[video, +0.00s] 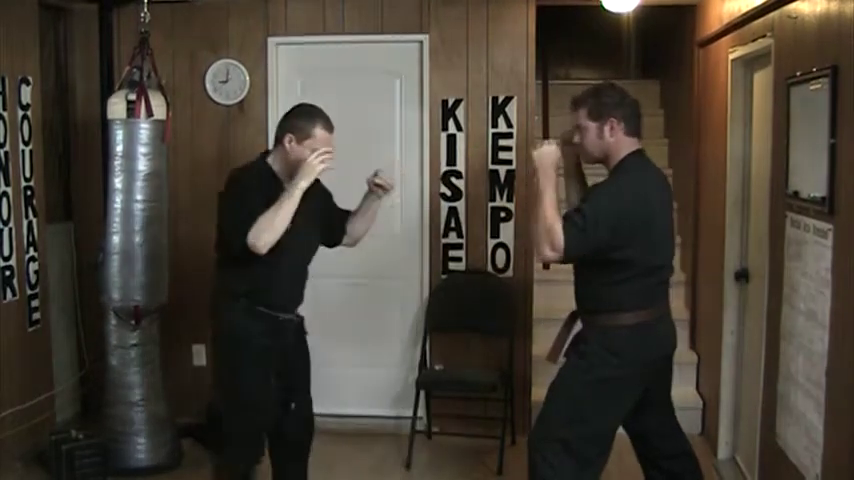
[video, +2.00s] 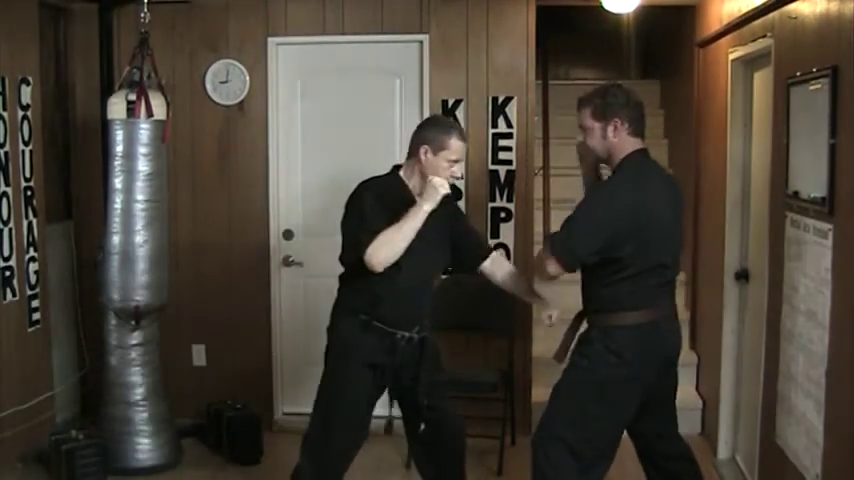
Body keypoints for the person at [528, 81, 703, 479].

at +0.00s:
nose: (576, 139)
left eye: (581, 129)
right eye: (576, 130)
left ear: (611, 128)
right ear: (615, 128)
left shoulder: (620, 189)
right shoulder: (651, 179)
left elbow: (552, 247)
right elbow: (630, 265)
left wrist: (546, 172)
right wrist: (580, 318)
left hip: (615, 342)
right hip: (650, 335)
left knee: (554, 448)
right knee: (663, 446)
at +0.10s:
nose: (580, 138)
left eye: (585, 129)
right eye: (579, 130)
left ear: (615, 127)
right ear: (620, 127)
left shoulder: (623, 188)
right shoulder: (653, 179)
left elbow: (556, 246)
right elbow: (585, 228)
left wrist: (547, 173)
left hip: (614, 341)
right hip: (651, 335)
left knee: (553, 450)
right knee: (662, 445)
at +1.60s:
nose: (584, 137)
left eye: (588, 127)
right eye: (583, 127)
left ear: (617, 126)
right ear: (625, 126)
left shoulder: (619, 189)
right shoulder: (664, 181)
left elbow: (550, 247)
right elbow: (602, 225)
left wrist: (544, 180)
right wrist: (588, 166)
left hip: (616, 343)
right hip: (658, 336)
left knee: (556, 451)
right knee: (665, 447)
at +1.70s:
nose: (586, 139)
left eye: (589, 128)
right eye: (585, 129)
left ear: (617, 126)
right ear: (626, 125)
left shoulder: (620, 189)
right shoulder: (665, 181)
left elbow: (546, 249)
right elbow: (602, 221)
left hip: (618, 343)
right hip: (660, 336)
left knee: (557, 450)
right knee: (664, 446)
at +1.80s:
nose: (585, 139)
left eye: (588, 128)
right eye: (585, 128)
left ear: (617, 126)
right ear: (627, 126)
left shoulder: (616, 190)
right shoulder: (666, 181)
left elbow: (545, 258)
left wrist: (541, 290)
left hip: (617, 343)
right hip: (661, 338)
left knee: (557, 450)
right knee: (664, 447)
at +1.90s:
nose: (584, 140)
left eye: (587, 129)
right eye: (583, 130)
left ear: (616, 127)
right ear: (625, 127)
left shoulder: (616, 189)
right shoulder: (664, 181)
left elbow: (545, 263)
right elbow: (639, 270)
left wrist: (535, 293)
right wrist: (586, 324)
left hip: (618, 345)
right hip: (661, 340)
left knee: (556, 451)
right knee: (664, 449)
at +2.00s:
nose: (582, 140)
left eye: (586, 130)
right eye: (582, 130)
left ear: (615, 127)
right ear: (624, 127)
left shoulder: (616, 191)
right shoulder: (665, 184)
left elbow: (553, 263)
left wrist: (550, 245)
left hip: (618, 342)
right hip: (660, 336)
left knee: (557, 448)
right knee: (662, 447)